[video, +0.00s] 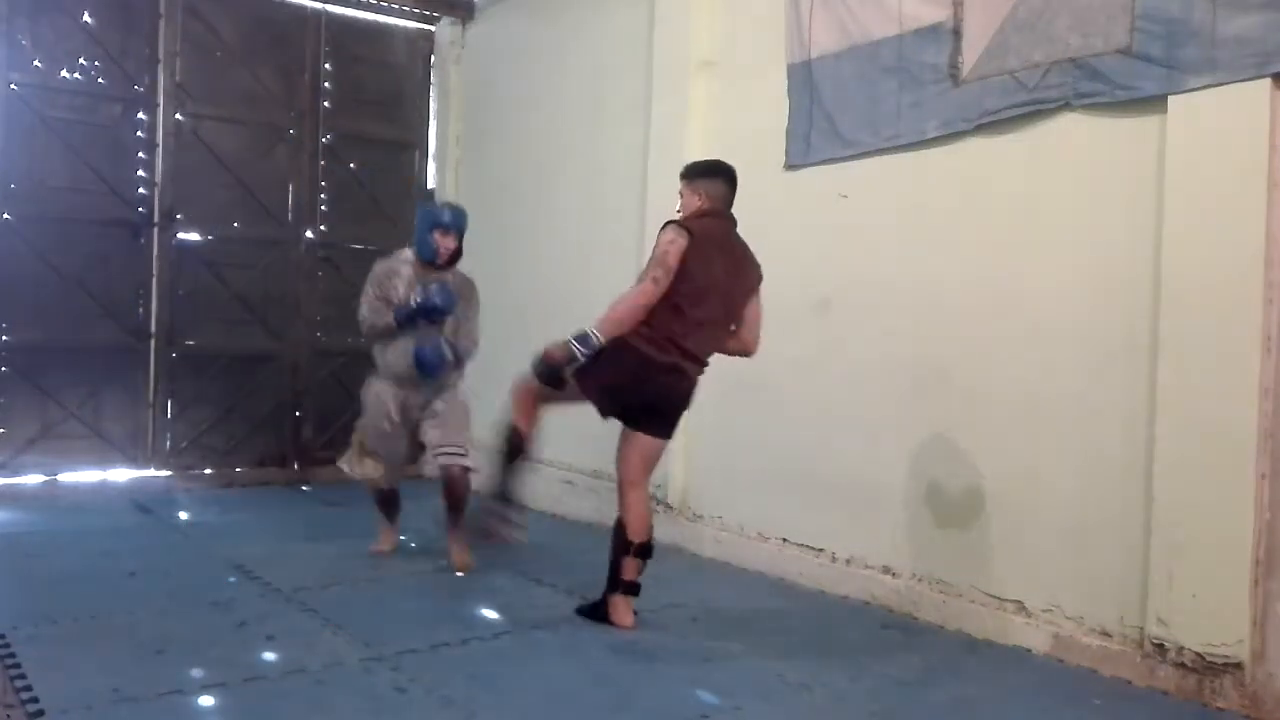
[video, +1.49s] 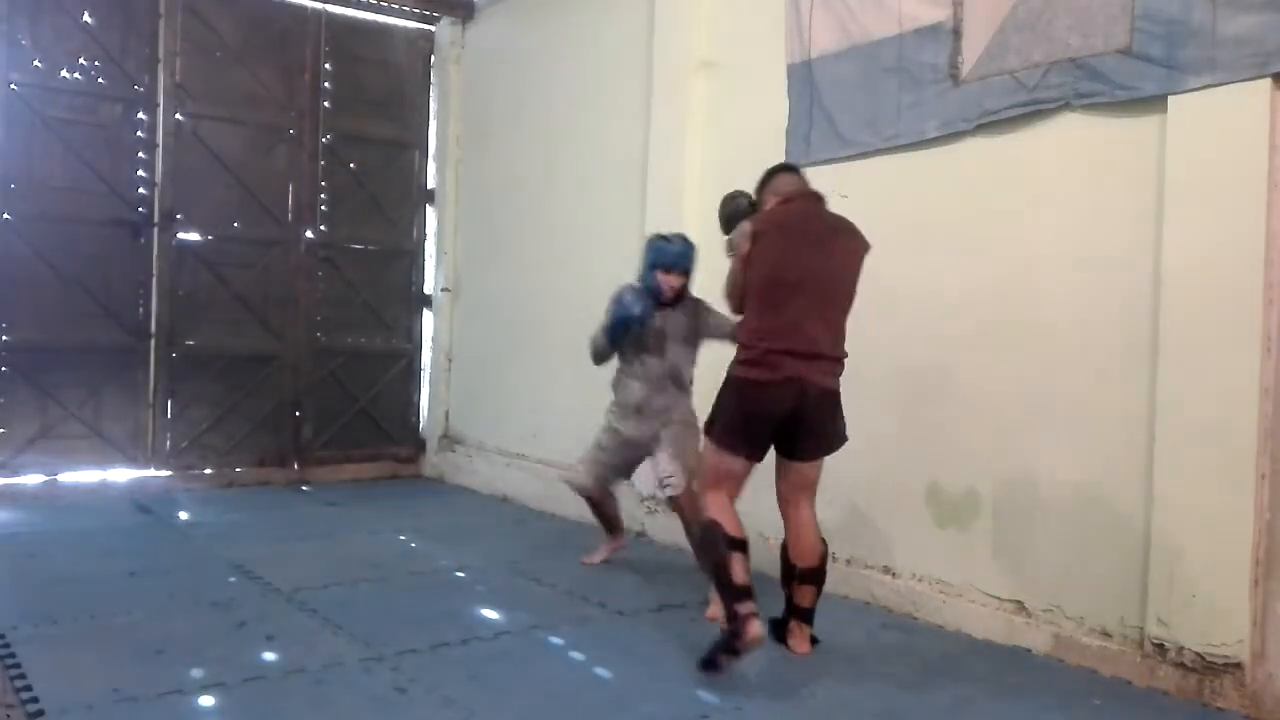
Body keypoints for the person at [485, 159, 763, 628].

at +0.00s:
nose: (679, 203)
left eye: (683, 195)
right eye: (681, 195)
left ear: (699, 197)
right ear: (726, 201)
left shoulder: (681, 233)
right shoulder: (748, 262)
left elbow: (649, 292)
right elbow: (745, 343)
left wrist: (581, 342)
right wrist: (689, 328)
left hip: (627, 363)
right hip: (674, 388)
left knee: (530, 390)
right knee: (635, 481)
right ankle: (621, 601)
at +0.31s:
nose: (689, 197)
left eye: (691, 190)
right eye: (691, 189)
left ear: (701, 192)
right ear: (738, 194)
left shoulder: (689, 236)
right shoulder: (766, 244)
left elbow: (636, 300)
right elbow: (796, 317)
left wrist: (594, 298)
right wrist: (752, 326)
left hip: (699, 379)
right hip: (741, 381)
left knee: (690, 496)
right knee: (681, 483)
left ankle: (726, 614)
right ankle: (676, 592)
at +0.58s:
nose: (734, 200)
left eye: (737, 192)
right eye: (736, 192)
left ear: (749, 192)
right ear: (780, 191)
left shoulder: (732, 240)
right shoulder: (811, 245)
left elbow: (711, 315)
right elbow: (824, 319)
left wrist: (683, 331)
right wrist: (783, 295)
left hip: (736, 390)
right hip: (791, 392)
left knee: (708, 493)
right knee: (778, 496)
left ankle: (737, 620)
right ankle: (800, 625)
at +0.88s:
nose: (803, 198)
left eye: (805, 190)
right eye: (805, 190)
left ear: (816, 192)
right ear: (854, 194)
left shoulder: (786, 234)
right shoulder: (878, 262)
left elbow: (752, 294)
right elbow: (856, 321)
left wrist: (705, 360)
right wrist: (812, 295)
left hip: (735, 365)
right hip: (788, 392)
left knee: (669, 340)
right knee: (778, 497)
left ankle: (611, 383)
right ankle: (794, 623)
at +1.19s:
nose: (818, 200)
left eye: (820, 192)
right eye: (820, 193)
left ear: (831, 194)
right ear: (870, 200)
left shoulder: (801, 228)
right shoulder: (889, 270)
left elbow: (756, 288)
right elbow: (846, 330)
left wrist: (687, 315)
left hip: (743, 367)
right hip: (802, 393)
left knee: (668, 412)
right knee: (786, 495)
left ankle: (613, 473)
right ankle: (793, 623)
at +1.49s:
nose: (761, 211)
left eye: (760, 204)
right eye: (763, 204)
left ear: (769, 198)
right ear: (810, 192)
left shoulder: (762, 230)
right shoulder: (852, 237)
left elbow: (737, 300)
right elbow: (817, 291)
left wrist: (741, 249)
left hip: (755, 388)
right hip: (820, 395)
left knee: (717, 494)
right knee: (800, 505)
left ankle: (743, 616)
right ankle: (801, 630)